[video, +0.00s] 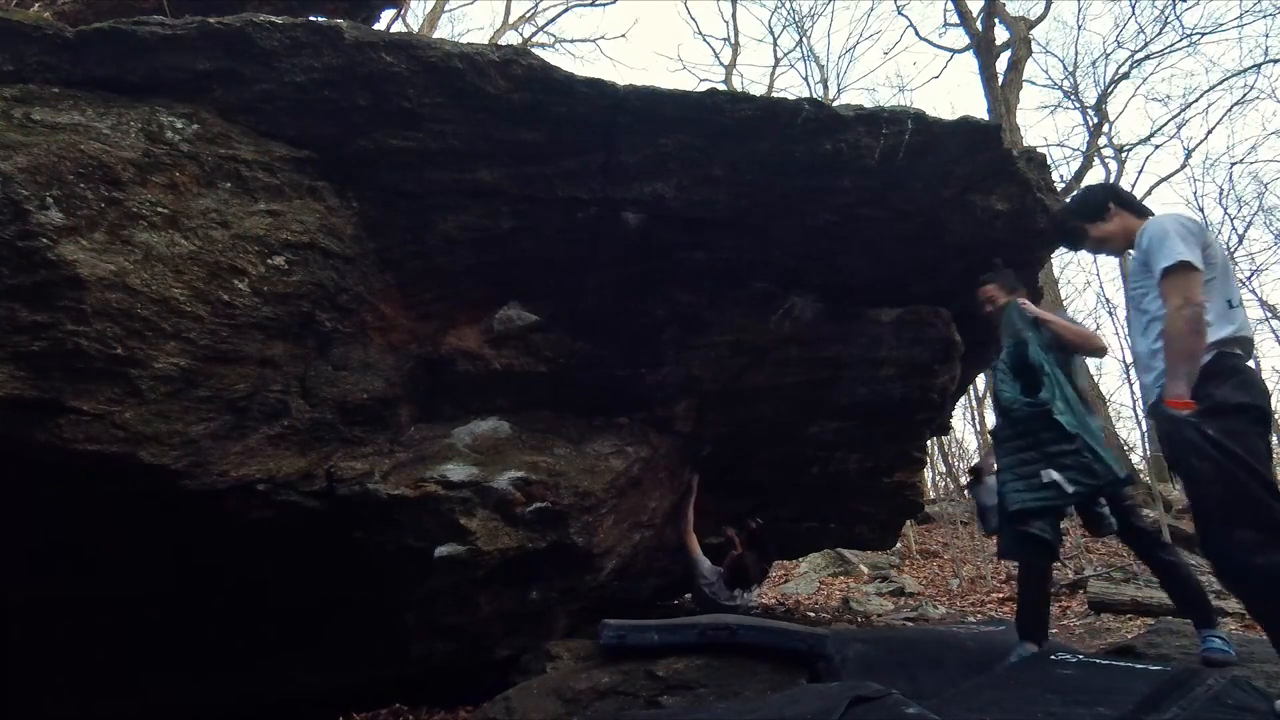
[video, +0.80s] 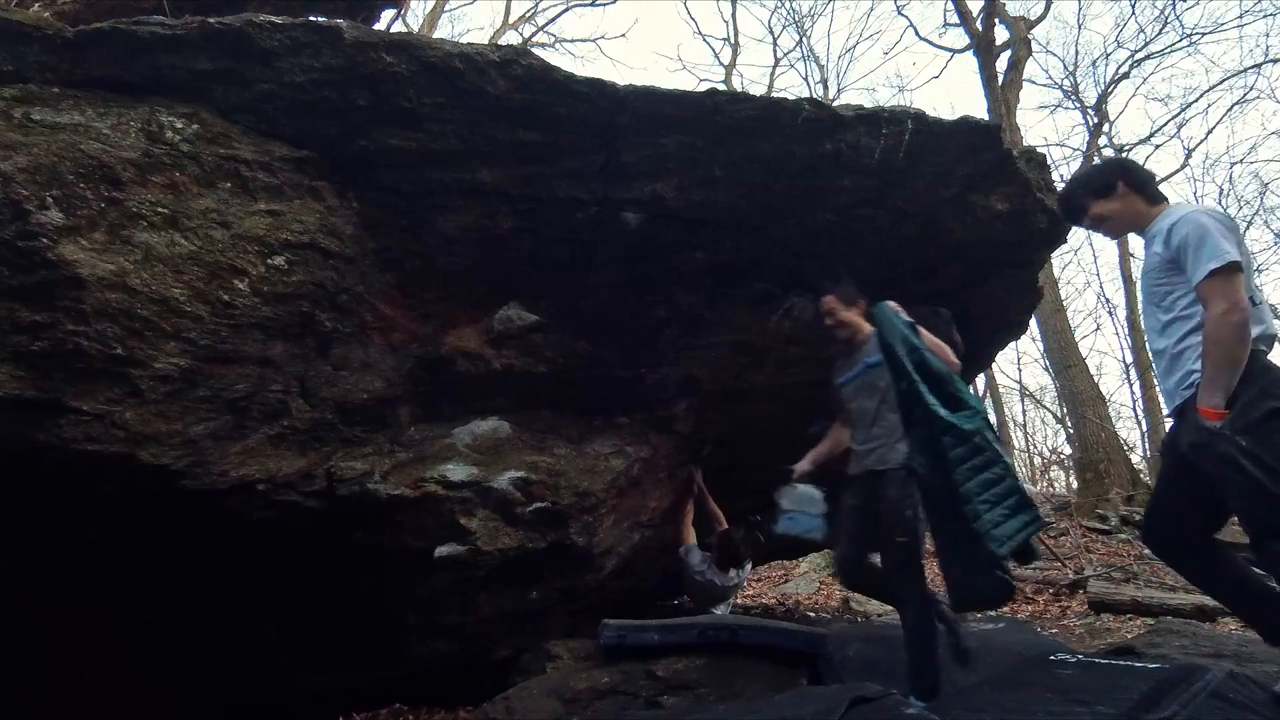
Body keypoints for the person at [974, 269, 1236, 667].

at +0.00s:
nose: (987, 307)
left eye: (992, 298)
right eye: (982, 302)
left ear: (1016, 294)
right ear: (983, 309)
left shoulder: (1041, 327)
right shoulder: (998, 354)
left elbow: (1097, 346)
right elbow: (1010, 415)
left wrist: (1037, 313)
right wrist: (992, 456)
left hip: (1076, 452)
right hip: (1026, 463)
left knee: (1142, 536)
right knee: (1033, 556)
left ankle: (1208, 628)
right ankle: (1030, 644)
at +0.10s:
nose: (967, 317)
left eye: (972, 308)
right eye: (961, 314)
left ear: (994, 304)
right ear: (961, 320)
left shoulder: (1023, 338)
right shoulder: (977, 364)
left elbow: (1081, 354)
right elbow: (985, 424)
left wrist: (1030, 319)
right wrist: (970, 467)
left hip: (1056, 463)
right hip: (1010, 476)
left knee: (1108, 544)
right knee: (1021, 575)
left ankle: (1195, 624)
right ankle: (1035, 672)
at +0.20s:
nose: (945, 324)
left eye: (949, 315)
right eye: (939, 320)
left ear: (971, 313)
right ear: (939, 328)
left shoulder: (1003, 346)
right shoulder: (950, 373)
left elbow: (1067, 362)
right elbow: (961, 426)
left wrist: (1020, 328)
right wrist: (947, 470)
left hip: (1030, 468)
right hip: (984, 478)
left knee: (1055, 555)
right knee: (1007, 577)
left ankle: (1141, 611)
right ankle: (1031, 668)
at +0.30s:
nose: (925, 326)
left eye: (929, 317)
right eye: (919, 323)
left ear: (950, 314)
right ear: (916, 331)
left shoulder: (986, 342)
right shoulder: (930, 376)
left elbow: (1048, 362)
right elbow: (934, 431)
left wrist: (1003, 328)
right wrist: (916, 472)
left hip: (1014, 462)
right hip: (968, 475)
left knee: (1017, 560)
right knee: (997, 573)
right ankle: (1029, 664)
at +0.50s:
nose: (889, 328)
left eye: (891, 319)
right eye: (883, 325)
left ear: (912, 311)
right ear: (883, 330)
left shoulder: (948, 338)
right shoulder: (901, 372)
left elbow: (1007, 356)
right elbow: (897, 427)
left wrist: (968, 323)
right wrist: (869, 459)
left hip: (964, 463)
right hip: (933, 474)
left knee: (937, 556)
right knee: (979, 566)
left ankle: (934, 663)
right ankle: (1026, 656)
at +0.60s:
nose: (874, 332)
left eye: (877, 323)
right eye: (868, 328)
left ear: (899, 316)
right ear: (868, 332)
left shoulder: (930, 346)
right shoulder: (884, 374)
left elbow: (987, 363)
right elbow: (881, 430)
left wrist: (948, 326)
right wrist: (847, 457)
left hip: (940, 476)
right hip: (913, 482)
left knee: (924, 575)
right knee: (961, 578)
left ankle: (925, 687)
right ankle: (1021, 659)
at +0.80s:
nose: (831, 322)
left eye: (835, 313)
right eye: (825, 317)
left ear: (858, 308)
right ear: (827, 323)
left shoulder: (889, 339)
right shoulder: (844, 368)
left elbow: (951, 364)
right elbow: (846, 426)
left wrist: (905, 325)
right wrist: (809, 461)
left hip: (899, 471)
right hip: (861, 476)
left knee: (905, 577)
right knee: (850, 570)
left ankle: (923, 690)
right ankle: (934, 611)